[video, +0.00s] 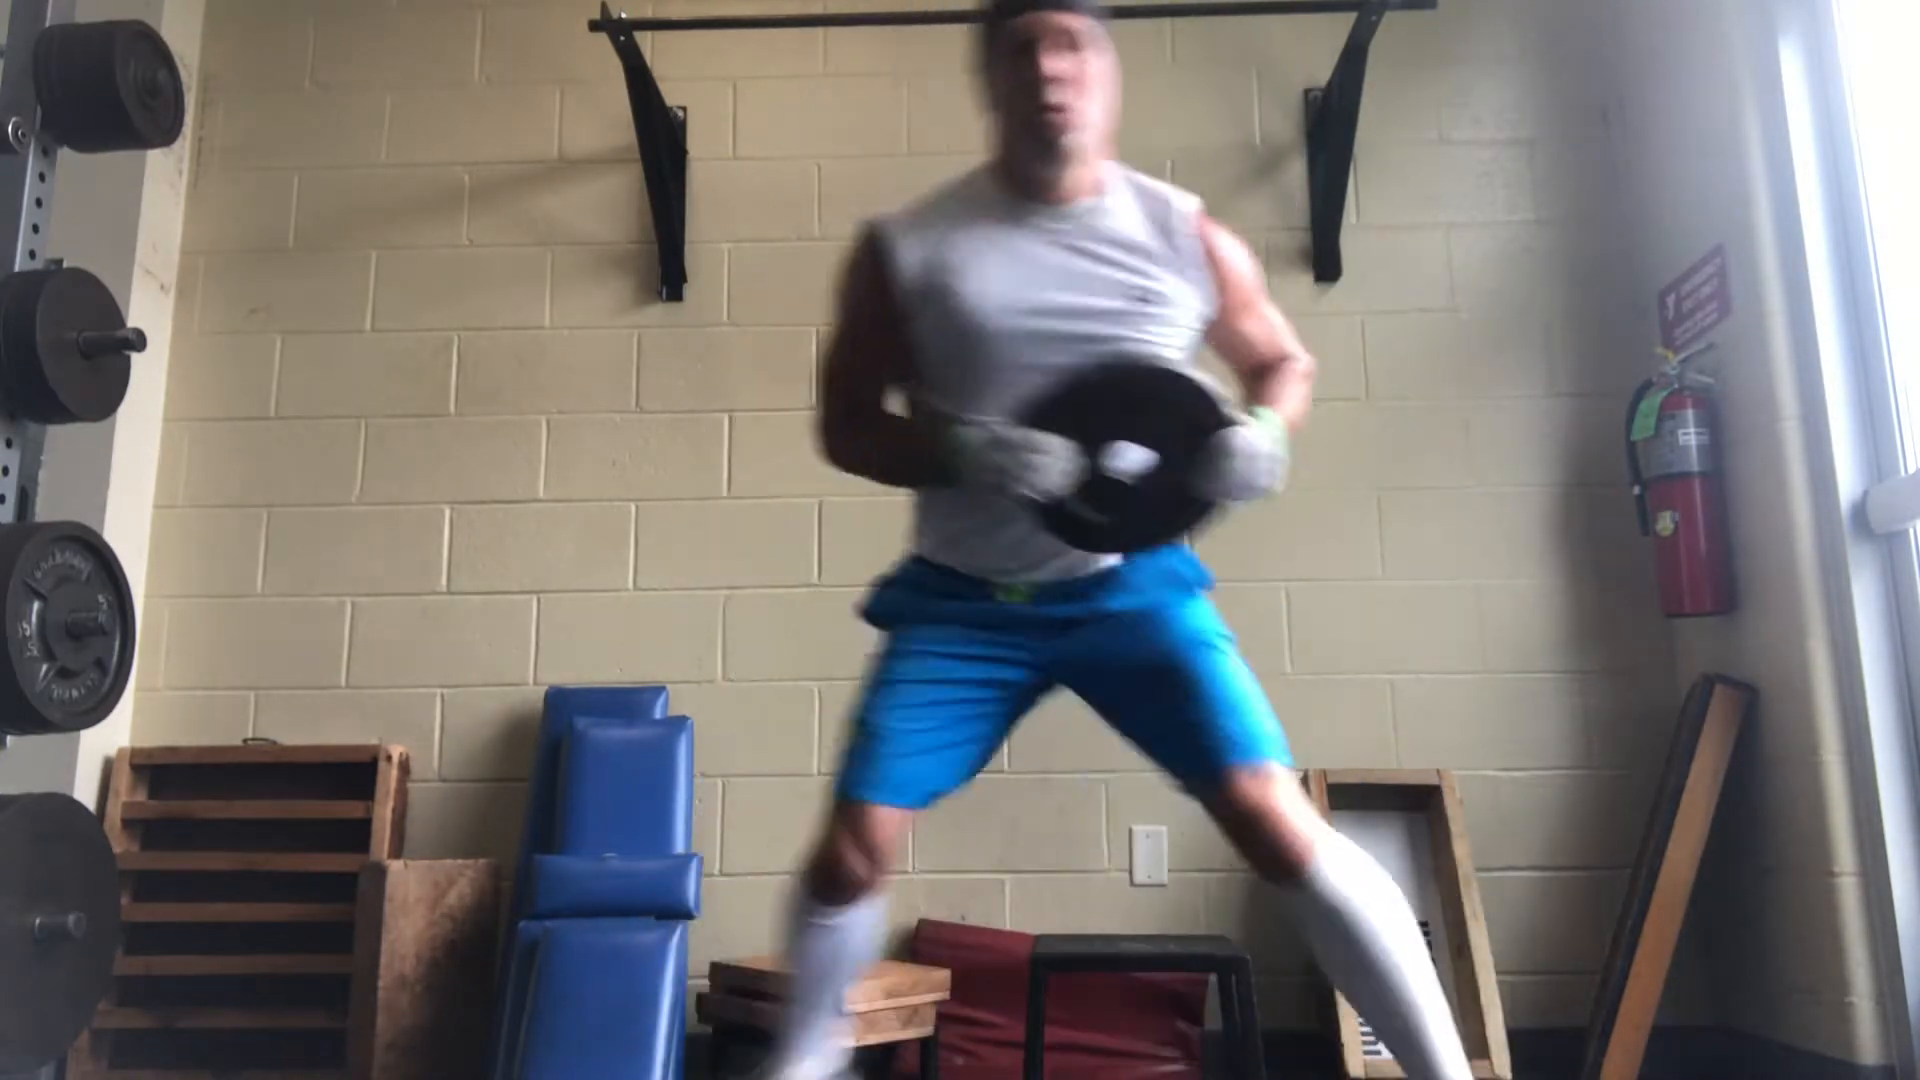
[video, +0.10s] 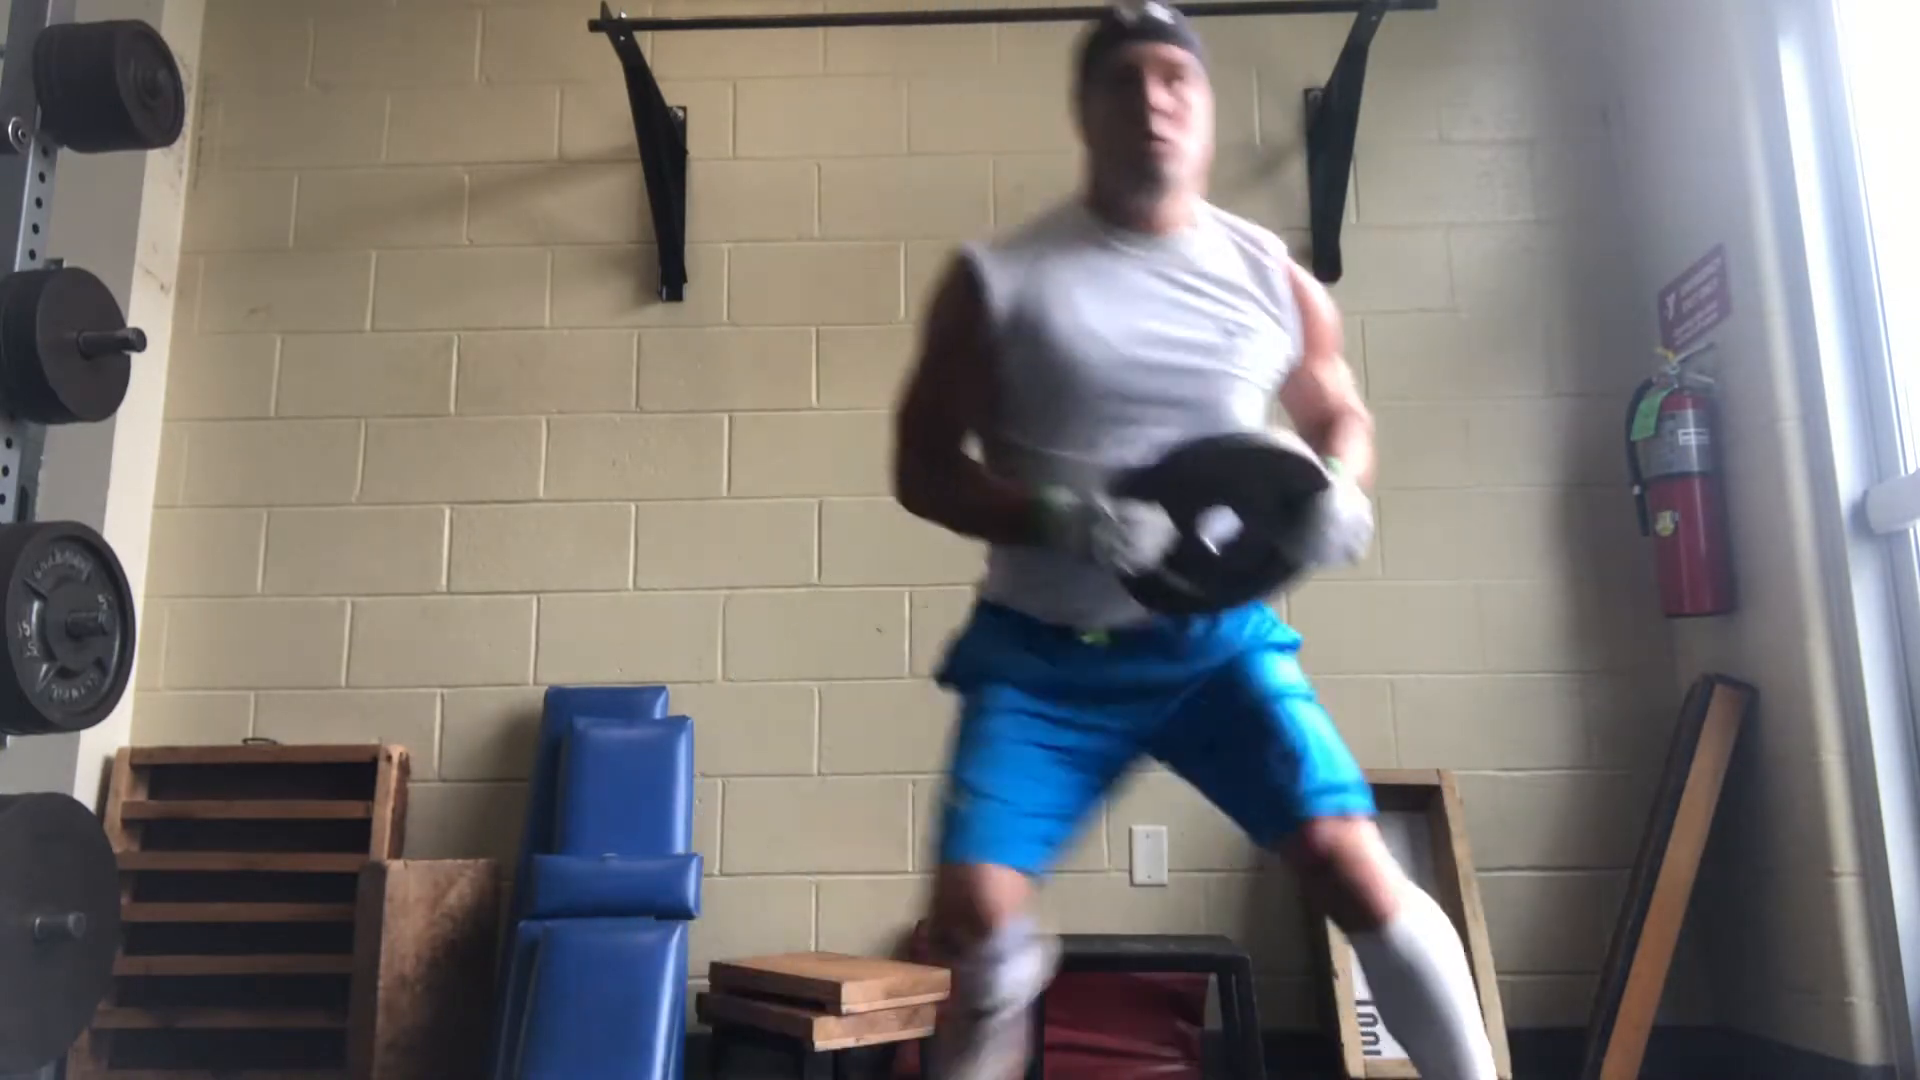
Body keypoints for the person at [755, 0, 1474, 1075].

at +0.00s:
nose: (1052, 71)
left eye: (1073, 46)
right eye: (1025, 50)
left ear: (1111, 74)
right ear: (989, 81)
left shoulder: (1187, 238)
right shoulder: (902, 250)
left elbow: (1285, 364)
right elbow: (846, 428)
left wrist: (1265, 433)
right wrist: (958, 453)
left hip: (1137, 594)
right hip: (962, 604)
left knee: (1274, 823)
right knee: (854, 846)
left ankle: (1448, 1070)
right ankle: (802, 1065)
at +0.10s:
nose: (1152, 104)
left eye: (1173, 80)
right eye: (1122, 83)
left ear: (1209, 112)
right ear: (1081, 115)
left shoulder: (1274, 278)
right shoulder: (997, 282)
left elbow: (1343, 419)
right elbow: (922, 471)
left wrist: (1334, 496)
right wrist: (1052, 516)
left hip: (1226, 650)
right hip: (1046, 658)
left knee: (1351, 865)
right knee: (975, 904)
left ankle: (1475, 1072)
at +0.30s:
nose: (1180, 100)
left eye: (1201, 82)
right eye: (1150, 82)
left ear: (1229, 122)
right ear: (1103, 117)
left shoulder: (1282, 286)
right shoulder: (1001, 280)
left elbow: (1353, 452)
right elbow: (907, 440)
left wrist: (1303, 503)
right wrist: (995, 496)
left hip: (1206, 642)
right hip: (1027, 632)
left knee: (1344, 878)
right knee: (882, 803)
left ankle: (1468, 1074)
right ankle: (945, 923)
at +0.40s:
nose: (1085, 61)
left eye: (1108, 40)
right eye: (1056, 42)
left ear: (1140, 74)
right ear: (1016, 68)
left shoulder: (1198, 230)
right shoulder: (918, 227)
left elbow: (1294, 416)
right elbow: (843, 361)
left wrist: (1176, 452)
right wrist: (887, 425)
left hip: (1122, 594)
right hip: (944, 573)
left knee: (1252, 846)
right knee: (786, 744)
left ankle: (1401, 1069)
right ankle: (703, 1002)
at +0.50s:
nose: (965, 62)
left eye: (989, 36)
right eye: (938, 38)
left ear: (1028, 59)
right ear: (903, 63)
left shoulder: (1097, 225)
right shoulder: (823, 243)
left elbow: (1194, 427)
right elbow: (775, 438)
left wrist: (1052, 463)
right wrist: (793, 449)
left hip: (1051, 599)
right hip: (877, 594)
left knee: (1135, 856)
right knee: (724, 832)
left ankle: (1166, 1074)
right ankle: (560, 1075)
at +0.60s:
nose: (859, 128)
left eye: (885, 100)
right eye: (835, 104)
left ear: (929, 115)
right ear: (804, 126)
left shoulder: (1008, 279)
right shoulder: (741, 312)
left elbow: (1117, 477)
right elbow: (709, 513)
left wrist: (972, 526)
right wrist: (737, 533)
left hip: (966, 678)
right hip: (790, 665)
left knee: (978, 938)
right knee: (654, 898)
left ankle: (889, 1024)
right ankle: (547, 1077)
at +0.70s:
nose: (823, 151)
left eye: (847, 129)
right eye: (796, 133)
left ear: (885, 152)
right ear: (764, 163)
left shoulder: (979, 298)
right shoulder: (715, 346)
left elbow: (1107, 486)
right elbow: (701, 518)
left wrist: (977, 551)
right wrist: (697, 577)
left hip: (947, 690)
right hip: (775, 684)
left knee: (919, 950)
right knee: (643, 915)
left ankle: (890, 990)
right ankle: (545, 1076)